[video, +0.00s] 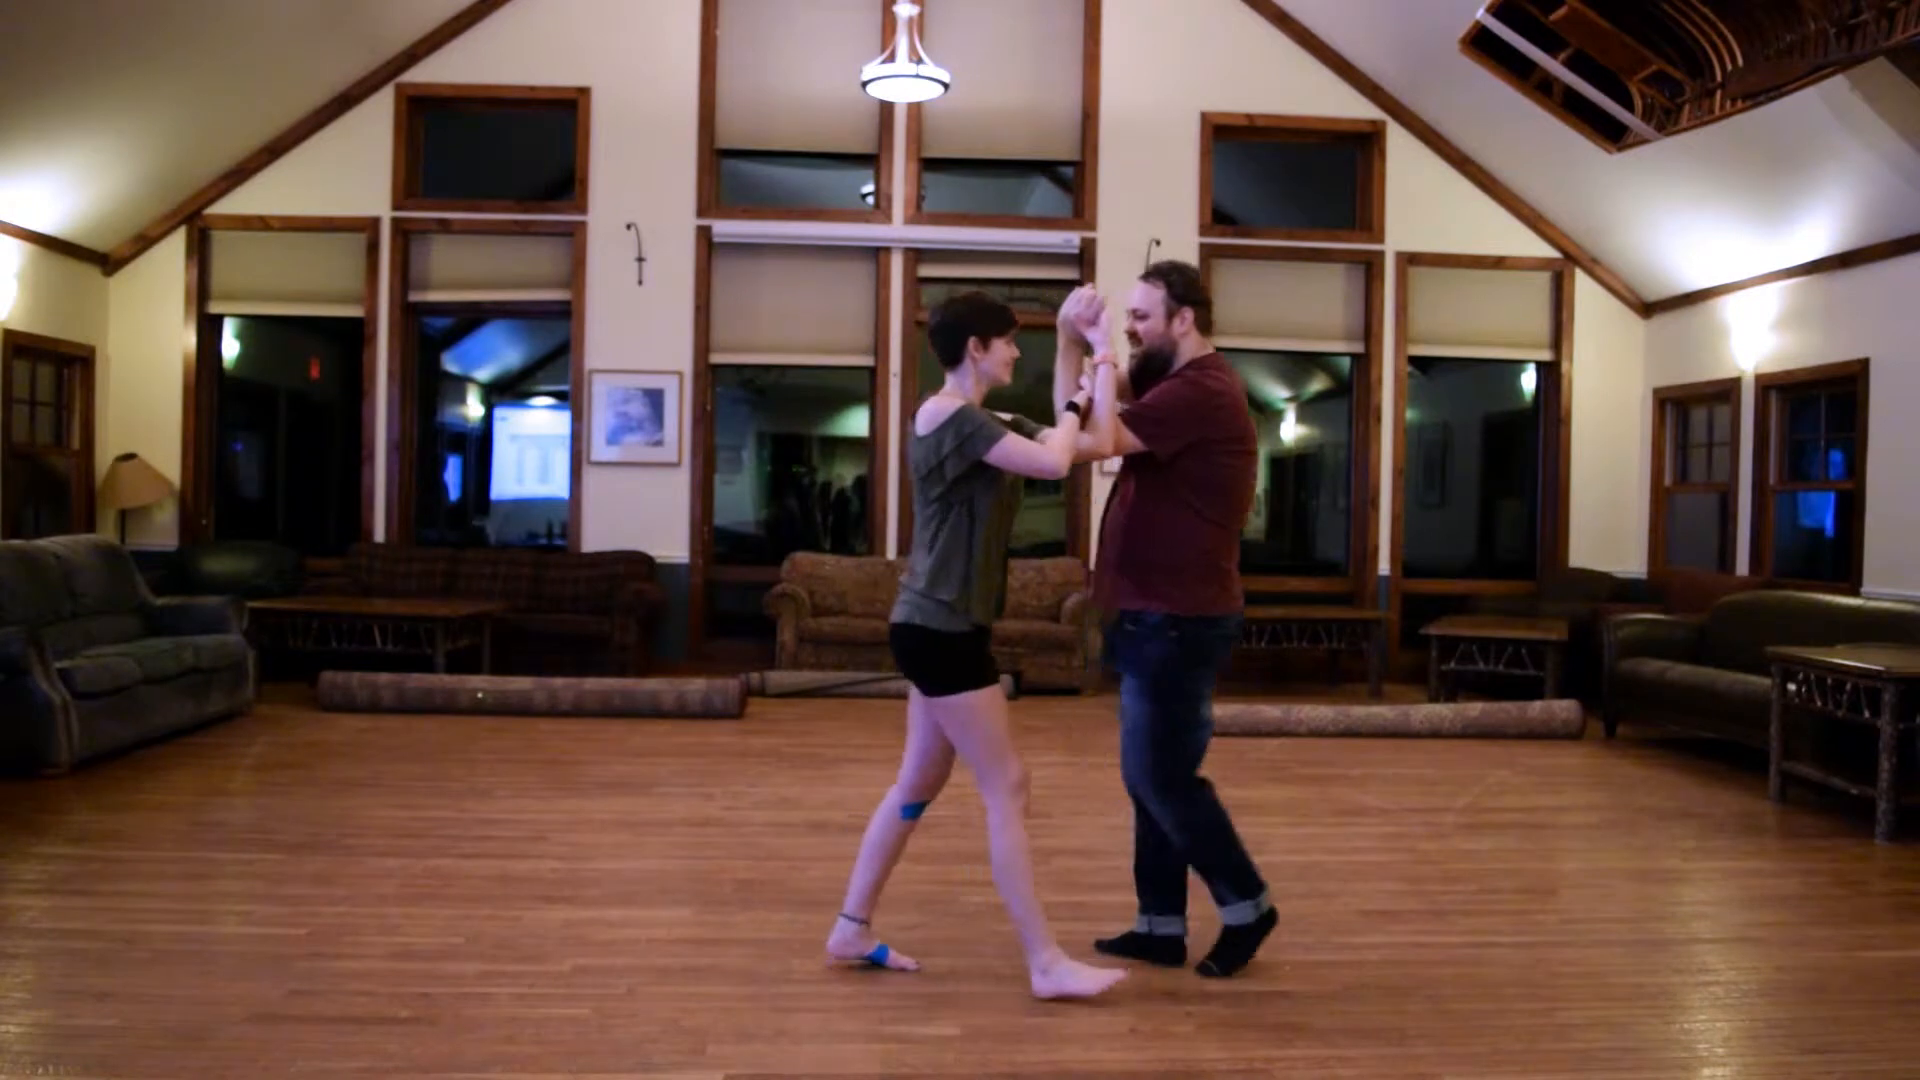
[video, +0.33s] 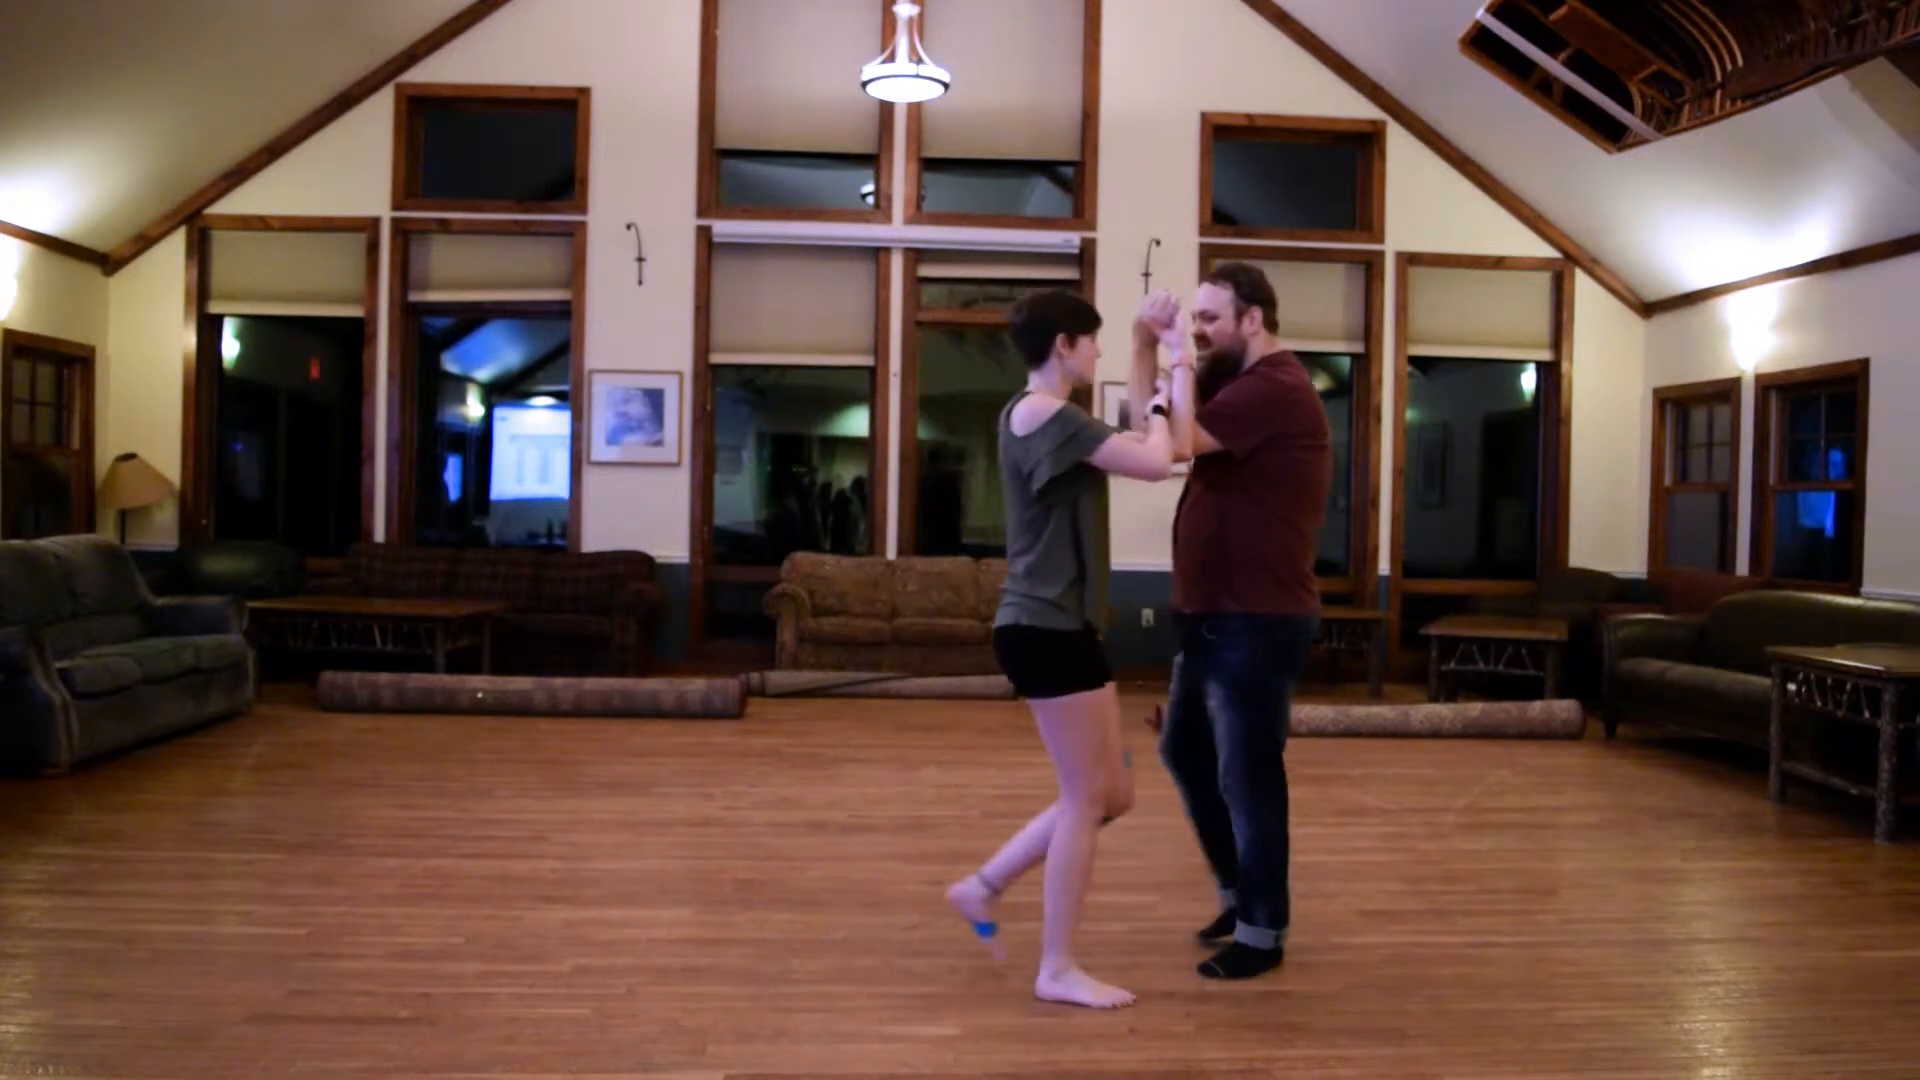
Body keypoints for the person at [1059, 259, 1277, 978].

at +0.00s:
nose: (1132, 330)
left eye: (1142, 317)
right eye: (1131, 317)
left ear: (1183, 318)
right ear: (1170, 320)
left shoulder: (1205, 387)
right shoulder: (1164, 376)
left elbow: (1105, 438)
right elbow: (1076, 418)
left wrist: (1103, 362)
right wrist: (1079, 342)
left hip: (1183, 615)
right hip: (1148, 611)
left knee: (1159, 774)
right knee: (1151, 773)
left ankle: (1247, 907)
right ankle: (1160, 926)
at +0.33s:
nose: (1197, 333)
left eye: (1209, 319)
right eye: (1194, 320)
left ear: (1251, 319)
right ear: (1231, 320)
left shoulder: (1277, 385)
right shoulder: (1229, 378)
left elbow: (1178, 440)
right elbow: (1147, 426)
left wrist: (1168, 358)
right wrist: (1149, 347)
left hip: (1259, 619)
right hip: (1211, 615)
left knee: (1248, 772)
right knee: (1186, 749)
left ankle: (1264, 929)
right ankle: (1241, 896)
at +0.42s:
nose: (1219, 331)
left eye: (1232, 317)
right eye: (1215, 319)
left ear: (1276, 318)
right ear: (1225, 323)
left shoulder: (1296, 385)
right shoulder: (1247, 382)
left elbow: (1196, 440)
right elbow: (1167, 426)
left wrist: (1191, 362)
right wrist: (1168, 346)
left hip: (1275, 613)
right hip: (1231, 609)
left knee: (1258, 773)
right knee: (1217, 757)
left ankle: (1260, 932)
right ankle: (1307, 878)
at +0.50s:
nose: (1239, 332)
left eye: (1253, 318)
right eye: (1234, 320)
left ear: (1296, 322)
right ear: (1239, 327)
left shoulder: (1312, 389)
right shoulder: (1269, 383)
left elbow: (1219, 439)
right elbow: (1185, 427)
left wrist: (1217, 359)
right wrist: (1182, 345)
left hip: (1288, 613)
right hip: (1253, 610)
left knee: (1263, 772)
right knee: (1269, 765)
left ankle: (1263, 932)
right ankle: (1361, 887)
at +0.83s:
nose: (1299, 347)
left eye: (1312, 333)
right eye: (1295, 334)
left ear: (1356, 332)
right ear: (1304, 336)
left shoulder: (1373, 399)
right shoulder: (1342, 395)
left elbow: (1282, 450)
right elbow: (1254, 433)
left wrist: (1283, 370)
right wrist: (1245, 349)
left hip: (1355, 622)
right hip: (1356, 618)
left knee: (1306, 771)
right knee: (1379, 771)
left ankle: (1274, 930)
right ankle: (1411, 925)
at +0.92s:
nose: (1307, 346)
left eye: (1322, 333)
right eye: (1304, 334)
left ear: (1367, 331)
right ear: (1311, 334)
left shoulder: (1387, 397)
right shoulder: (1353, 393)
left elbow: (1298, 449)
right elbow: (1268, 436)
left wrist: (1302, 377)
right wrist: (1257, 346)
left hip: (1366, 619)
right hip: (1366, 615)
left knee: (1305, 758)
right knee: (1386, 769)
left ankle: (1288, 918)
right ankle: (1412, 924)